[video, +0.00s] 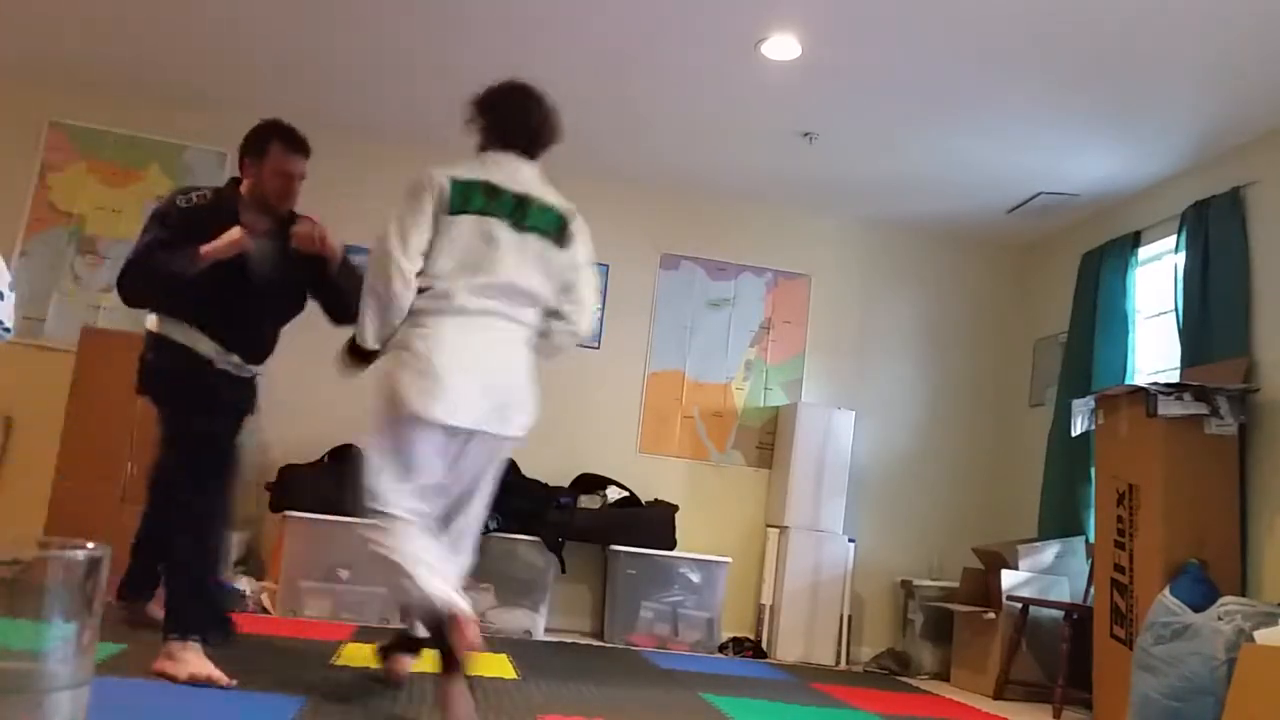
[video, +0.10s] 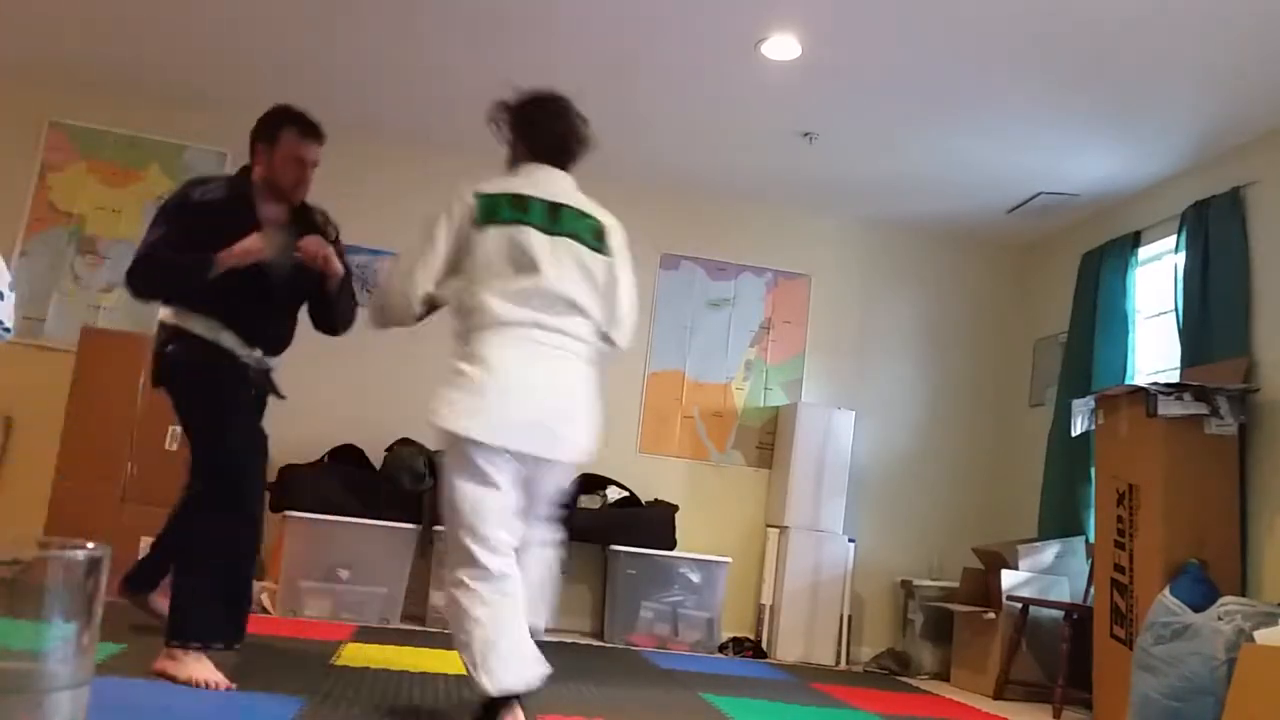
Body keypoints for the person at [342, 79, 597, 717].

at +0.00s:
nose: (478, 132)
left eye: (482, 123)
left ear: (483, 128)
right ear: (546, 140)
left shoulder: (440, 185)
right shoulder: (567, 219)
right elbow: (575, 322)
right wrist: (521, 340)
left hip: (435, 364)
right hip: (510, 381)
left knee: (393, 506)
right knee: (458, 523)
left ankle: (451, 609)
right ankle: (402, 651)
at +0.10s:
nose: (507, 146)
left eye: (510, 137)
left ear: (514, 142)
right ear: (576, 150)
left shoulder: (477, 201)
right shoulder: (606, 226)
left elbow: (407, 295)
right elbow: (619, 330)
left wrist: (379, 302)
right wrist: (562, 310)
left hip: (488, 396)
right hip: (569, 407)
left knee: (485, 546)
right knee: (539, 526)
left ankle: (507, 694)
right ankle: (521, 654)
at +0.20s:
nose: (547, 152)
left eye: (550, 143)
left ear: (553, 145)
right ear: (618, 149)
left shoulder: (526, 198)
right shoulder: (656, 224)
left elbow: (460, 296)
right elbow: (665, 331)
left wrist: (421, 290)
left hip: (549, 406)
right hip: (637, 410)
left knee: (483, 552)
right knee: (630, 547)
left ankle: (511, 693)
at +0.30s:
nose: (594, 159)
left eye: (596, 150)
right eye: (598, 151)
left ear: (607, 151)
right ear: (672, 154)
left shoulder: (582, 199)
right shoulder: (717, 231)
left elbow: (528, 307)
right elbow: (721, 343)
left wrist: (494, 305)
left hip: (609, 411)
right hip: (700, 421)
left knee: (514, 536)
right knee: (760, 588)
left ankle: (519, 692)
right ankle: (812, 713)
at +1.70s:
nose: (602, 156)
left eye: (605, 147)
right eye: (604, 149)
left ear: (617, 143)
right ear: (677, 144)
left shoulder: (597, 184)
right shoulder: (727, 212)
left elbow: (541, 291)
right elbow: (727, 319)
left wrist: (517, 299)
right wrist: (667, 300)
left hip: (600, 379)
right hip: (684, 391)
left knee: (523, 538)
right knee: (702, 563)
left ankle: (481, 694)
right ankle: (721, 708)